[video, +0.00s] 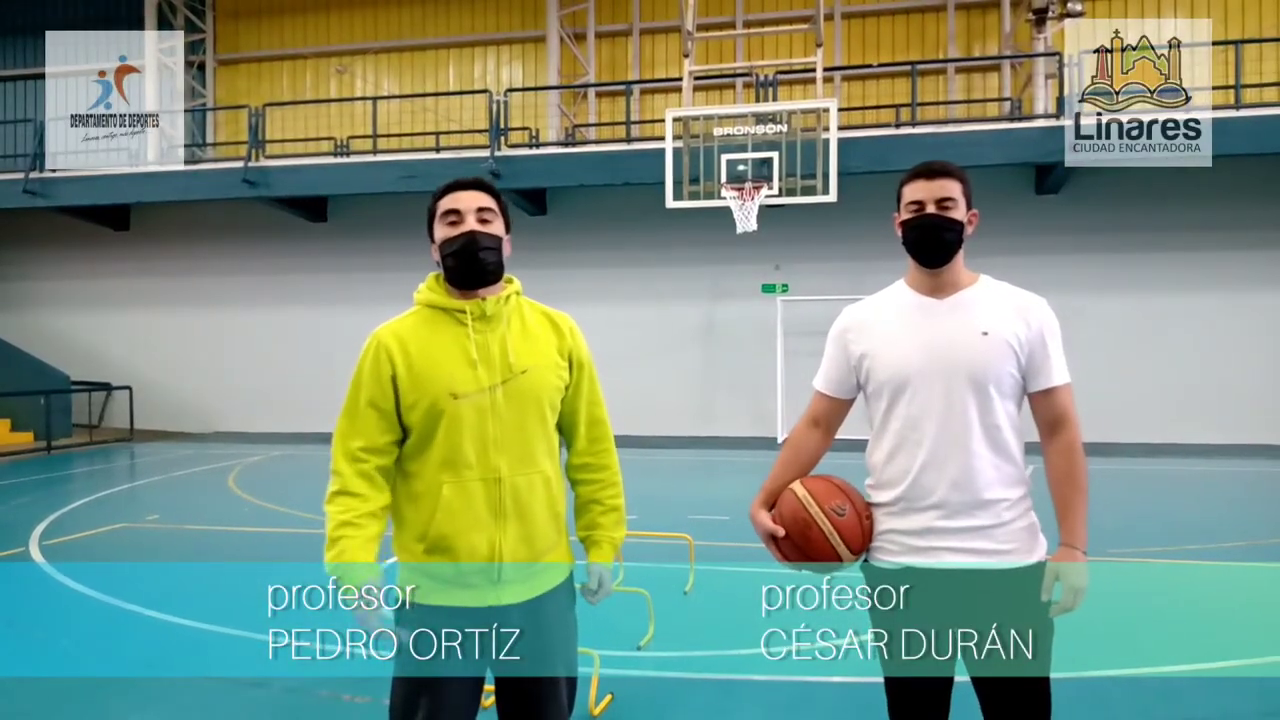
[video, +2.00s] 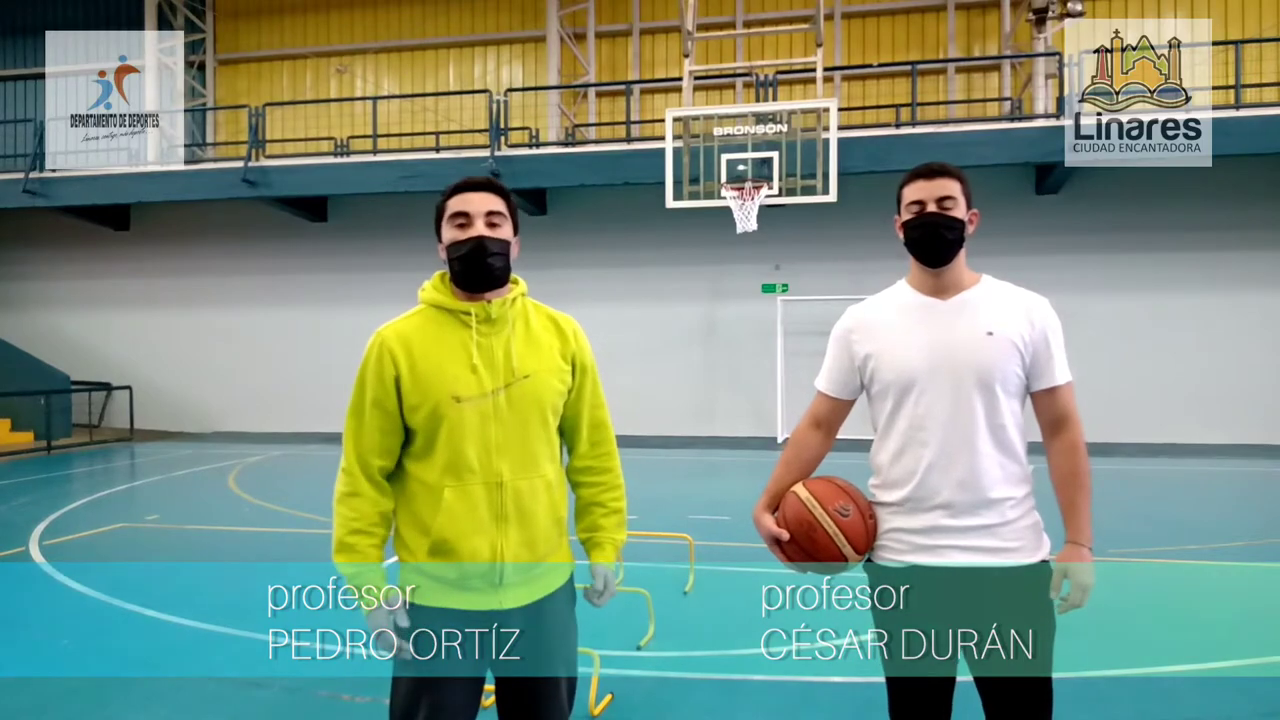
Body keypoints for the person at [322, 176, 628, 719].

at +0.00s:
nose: (471, 227)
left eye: (486, 217)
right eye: (453, 219)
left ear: (507, 241)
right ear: (434, 247)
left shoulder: (556, 334)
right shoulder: (394, 346)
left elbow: (592, 449)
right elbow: (360, 464)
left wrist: (602, 545)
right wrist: (352, 567)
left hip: (541, 586)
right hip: (439, 590)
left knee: (546, 711)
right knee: (430, 714)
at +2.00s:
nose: (478, 231)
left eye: (495, 221)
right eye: (460, 222)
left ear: (515, 244)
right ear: (441, 247)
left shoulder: (560, 336)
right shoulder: (397, 345)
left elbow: (594, 452)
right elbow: (363, 472)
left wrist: (604, 548)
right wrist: (364, 581)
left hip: (542, 591)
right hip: (438, 595)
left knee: (548, 712)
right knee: (430, 714)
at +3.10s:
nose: (470, 233)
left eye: (486, 222)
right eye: (452, 223)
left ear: (505, 242)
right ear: (432, 245)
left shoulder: (550, 335)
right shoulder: (388, 344)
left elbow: (584, 451)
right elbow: (353, 473)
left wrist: (594, 550)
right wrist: (356, 581)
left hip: (537, 590)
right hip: (433, 593)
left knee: (542, 712)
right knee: (428, 714)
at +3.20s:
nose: (471, 234)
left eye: (487, 223)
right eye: (454, 224)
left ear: (507, 243)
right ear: (434, 246)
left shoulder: (551, 335)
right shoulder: (390, 343)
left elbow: (585, 452)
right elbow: (350, 461)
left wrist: (595, 552)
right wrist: (370, 519)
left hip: (536, 588)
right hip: (434, 592)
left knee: (542, 712)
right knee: (428, 714)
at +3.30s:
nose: (472, 234)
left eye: (487, 223)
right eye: (454, 223)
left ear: (507, 242)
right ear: (435, 244)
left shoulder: (553, 335)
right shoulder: (391, 341)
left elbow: (587, 453)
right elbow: (345, 471)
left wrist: (598, 556)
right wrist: (372, 446)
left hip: (537, 587)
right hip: (434, 590)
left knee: (542, 712)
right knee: (427, 713)